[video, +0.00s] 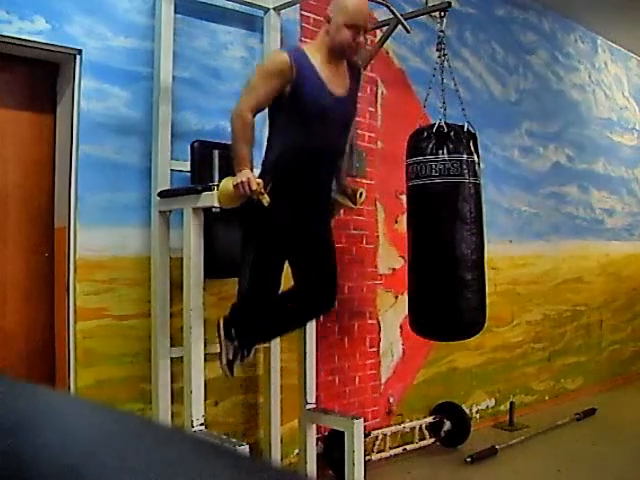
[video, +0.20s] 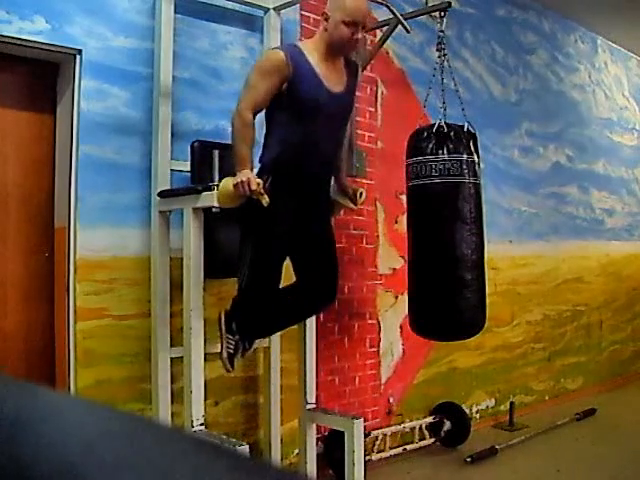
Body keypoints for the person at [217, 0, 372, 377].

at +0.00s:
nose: (360, 39)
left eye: (365, 32)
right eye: (353, 29)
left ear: (368, 34)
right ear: (328, 22)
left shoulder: (351, 72)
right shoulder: (286, 64)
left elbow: (338, 134)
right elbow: (243, 111)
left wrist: (342, 181)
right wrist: (244, 169)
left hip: (315, 201)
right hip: (275, 197)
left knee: (319, 294)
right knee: (259, 286)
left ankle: (243, 330)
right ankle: (241, 336)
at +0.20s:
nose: (358, 35)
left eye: (363, 28)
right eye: (351, 25)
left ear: (366, 31)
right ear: (326, 19)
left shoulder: (350, 69)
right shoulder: (282, 61)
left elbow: (339, 129)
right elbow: (244, 113)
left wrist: (342, 180)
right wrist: (243, 169)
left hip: (314, 196)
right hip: (274, 192)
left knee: (320, 289)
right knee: (259, 281)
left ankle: (243, 324)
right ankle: (242, 331)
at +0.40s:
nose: (365, 85)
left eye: (369, 76)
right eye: (359, 74)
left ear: (371, 74)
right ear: (334, 66)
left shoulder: (352, 111)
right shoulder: (289, 95)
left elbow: (336, 148)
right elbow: (233, 117)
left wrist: (341, 180)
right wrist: (243, 169)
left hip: (304, 230)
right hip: (264, 222)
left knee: (321, 318)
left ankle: (251, 373)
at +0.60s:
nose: (373, 137)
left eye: (378, 127)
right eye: (366, 125)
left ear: (380, 124)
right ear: (340, 116)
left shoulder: (354, 153)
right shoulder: (297, 133)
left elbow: (322, 177)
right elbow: (240, 117)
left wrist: (339, 194)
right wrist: (243, 171)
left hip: (298, 259)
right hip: (259, 256)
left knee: (322, 345)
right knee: (264, 348)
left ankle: (259, 411)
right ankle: (265, 424)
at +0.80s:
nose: (373, 142)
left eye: (377, 133)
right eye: (366, 131)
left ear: (380, 131)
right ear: (340, 122)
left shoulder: (353, 158)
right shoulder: (298, 137)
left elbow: (317, 182)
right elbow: (242, 117)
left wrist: (340, 194)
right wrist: (243, 170)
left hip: (298, 263)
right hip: (260, 261)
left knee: (325, 349)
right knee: (269, 356)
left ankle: (259, 412)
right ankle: (264, 427)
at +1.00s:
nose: (364, 70)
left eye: (369, 61)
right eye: (357, 59)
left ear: (370, 62)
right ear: (333, 54)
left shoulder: (355, 101)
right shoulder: (291, 91)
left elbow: (319, 152)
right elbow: (234, 115)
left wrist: (339, 184)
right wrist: (243, 170)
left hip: (306, 224)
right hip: (267, 221)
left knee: (326, 316)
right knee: (265, 323)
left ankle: (251, 361)